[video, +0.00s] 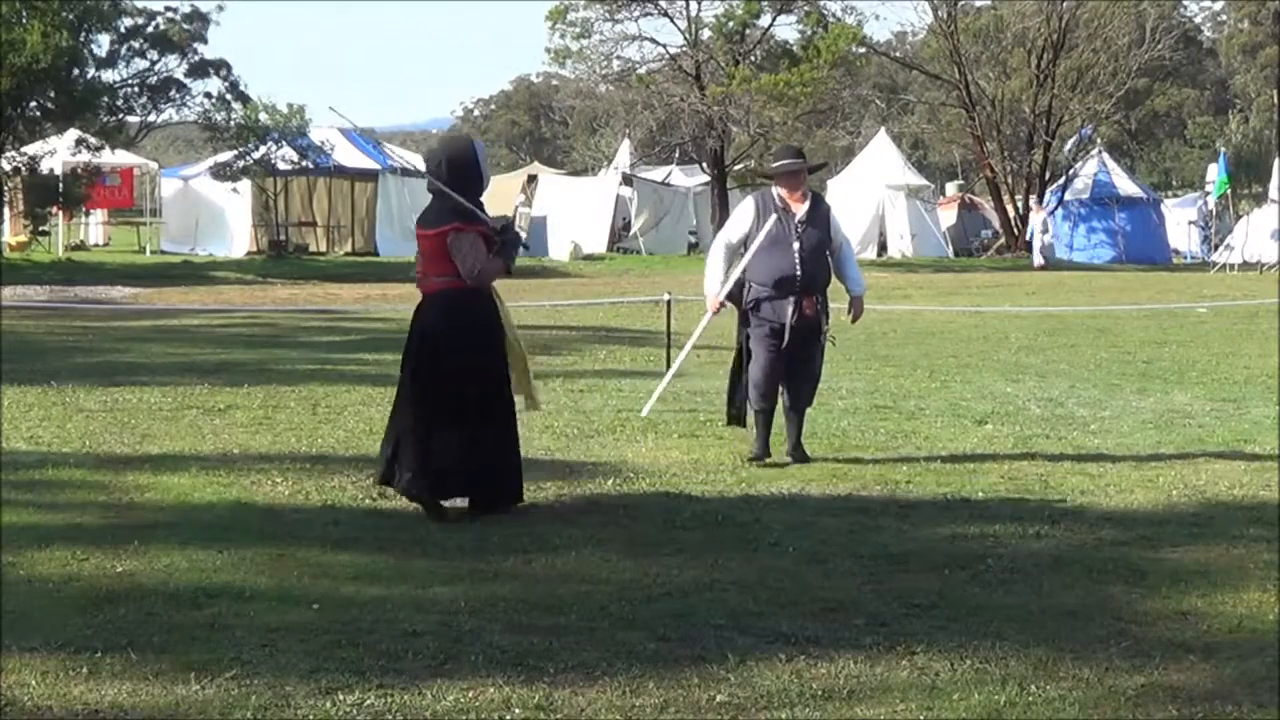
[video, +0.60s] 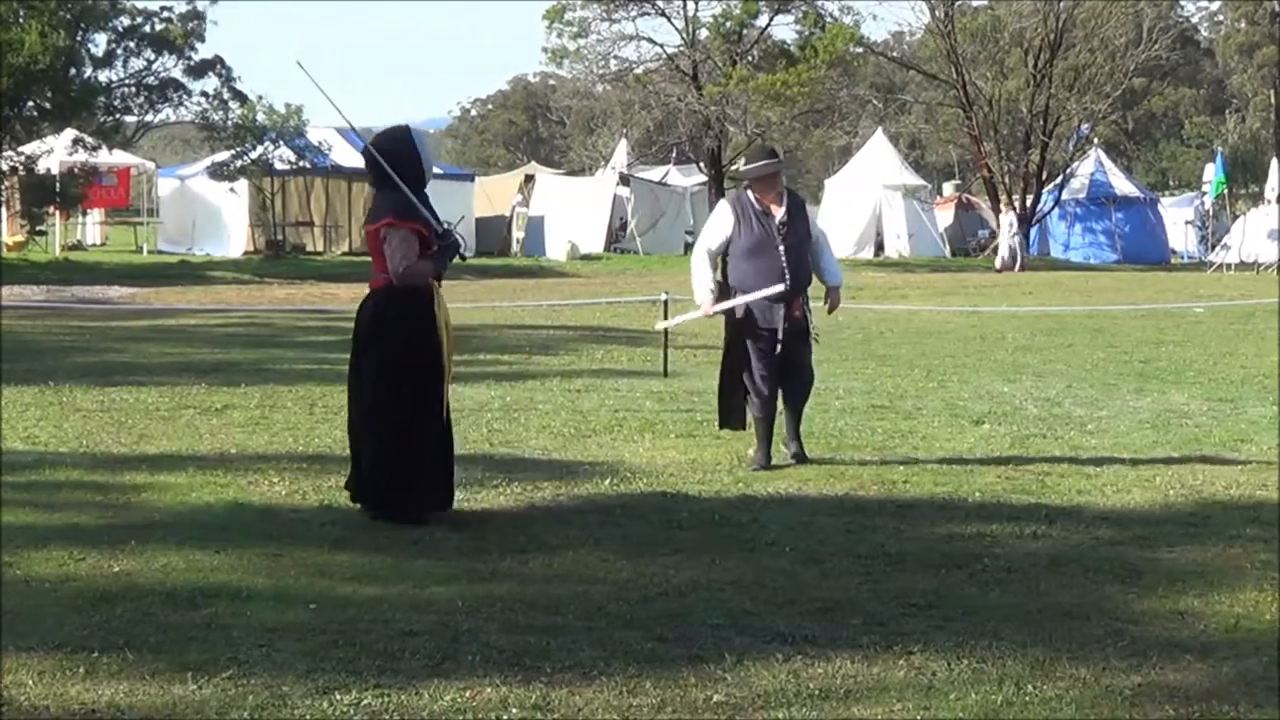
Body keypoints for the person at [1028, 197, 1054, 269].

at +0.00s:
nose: (1033, 207)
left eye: (1034, 205)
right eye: (1032, 205)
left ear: (1038, 205)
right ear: (1031, 206)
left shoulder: (1044, 214)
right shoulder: (1032, 214)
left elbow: (1050, 224)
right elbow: (1030, 225)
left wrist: (1050, 234)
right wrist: (1028, 234)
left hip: (1043, 234)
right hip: (1036, 234)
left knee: (1040, 248)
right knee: (1035, 248)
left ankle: (1044, 262)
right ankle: (1037, 263)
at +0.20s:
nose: (1026, 210)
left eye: (1027, 208)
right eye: (1025, 208)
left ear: (1031, 209)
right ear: (1024, 209)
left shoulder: (1036, 215)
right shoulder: (1023, 216)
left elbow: (1042, 227)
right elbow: (1021, 227)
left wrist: (1045, 237)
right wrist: (1019, 237)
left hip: (1035, 236)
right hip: (1027, 236)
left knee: (1034, 250)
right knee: (1028, 250)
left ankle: (1032, 264)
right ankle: (1027, 263)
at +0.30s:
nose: (1021, 207)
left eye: (1022, 205)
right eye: (1020, 205)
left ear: (1025, 205)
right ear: (1018, 205)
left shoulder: (1030, 213)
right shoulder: (1017, 214)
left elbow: (1034, 224)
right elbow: (1016, 225)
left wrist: (1037, 233)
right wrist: (1015, 234)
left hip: (1029, 233)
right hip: (1021, 233)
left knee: (1027, 249)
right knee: (1020, 249)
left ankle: (1027, 265)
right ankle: (1020, 265)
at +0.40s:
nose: (1016, 205)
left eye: (1017, 203)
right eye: (1015, 203)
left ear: (1021, 204)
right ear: (1014, 204)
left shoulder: (1025, 213)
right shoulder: (1013, 214)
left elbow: (1029, 224)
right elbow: (1013, 225)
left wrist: (1029, 234)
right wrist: (1011, 234)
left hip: (1023, 233)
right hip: (1015, 233)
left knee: (1024, 248)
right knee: (1015, 248)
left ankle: (1022, 264)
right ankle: (1017, 263)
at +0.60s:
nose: (1003, 208)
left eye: (1004, 206)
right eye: (1002, 206)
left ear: (1008, 206)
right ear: (1001, 207)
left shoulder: (1012, 214)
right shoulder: (1001, 216)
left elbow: (1016, 226)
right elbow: (1001, 227)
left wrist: (1012, 234)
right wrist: (1000, 236)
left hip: (1013, 235)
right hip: (1004, 235)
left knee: (1017, 249)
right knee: (1003, 249)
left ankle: (1018, 264)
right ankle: (1003, 264)